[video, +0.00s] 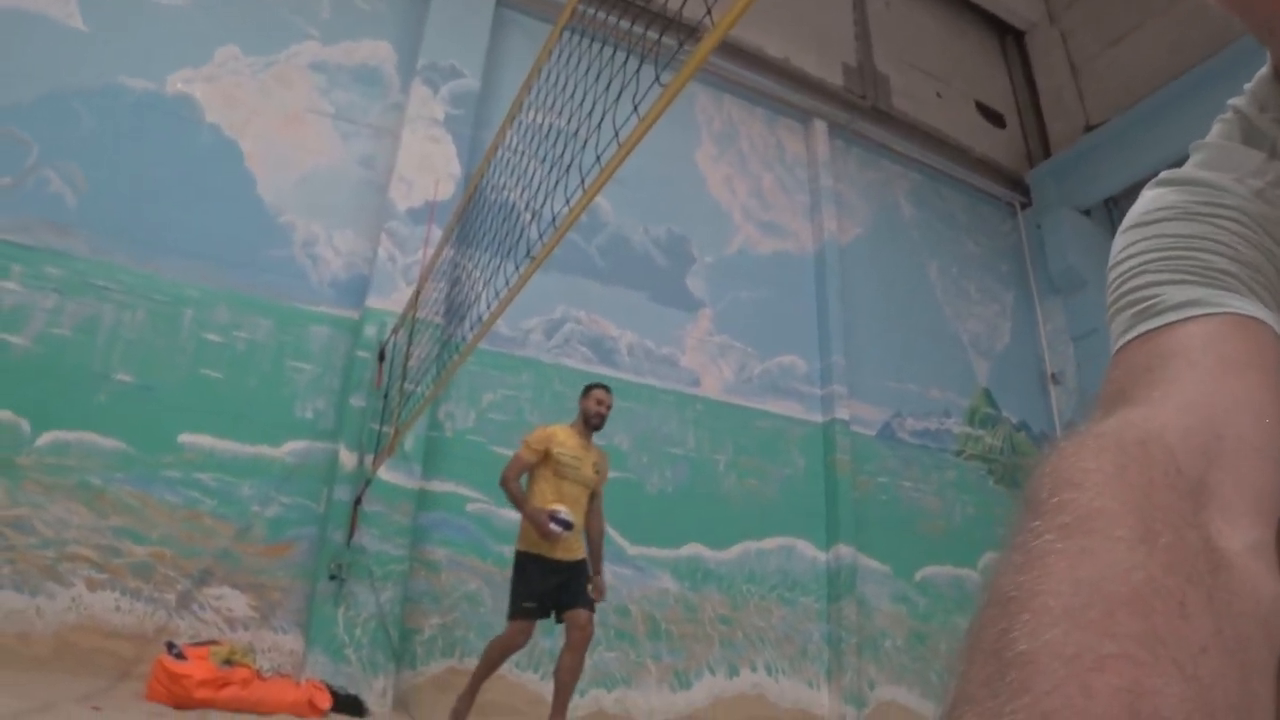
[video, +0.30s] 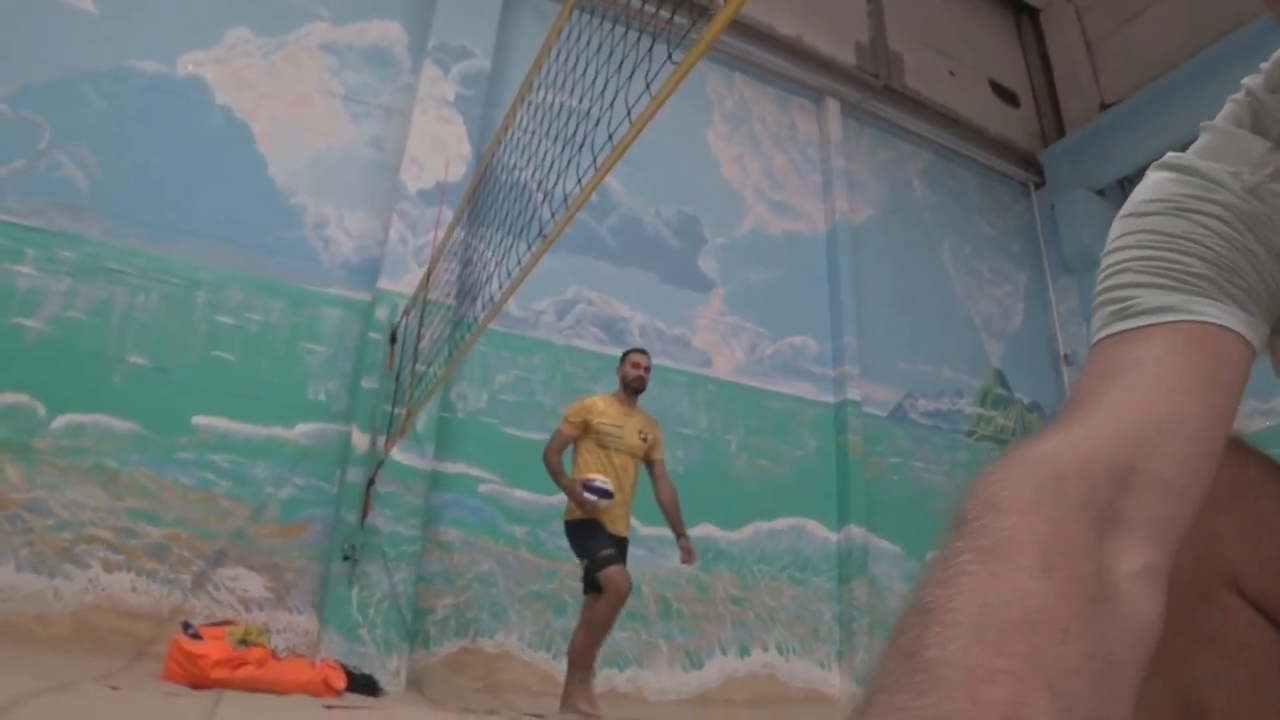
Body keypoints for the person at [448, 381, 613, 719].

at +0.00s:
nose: (602, 411)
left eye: (607, 407)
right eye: (597, 403)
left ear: (609, 415)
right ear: (581, 403)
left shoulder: (599, 459)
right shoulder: (548, 437)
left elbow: (595, 516)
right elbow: (509, 478)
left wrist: (597, 572)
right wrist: (531, 513)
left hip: (573, 560)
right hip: (534, 554)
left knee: (582, 630)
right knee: (518, 634)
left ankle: (558, 714)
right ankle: (467, 697)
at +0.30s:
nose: (641, 373)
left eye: (646, 369)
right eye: (635, 366)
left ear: (649, 378)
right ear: (619, 370)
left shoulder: (648, 426)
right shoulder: (590, 408)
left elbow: (662, 483)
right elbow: (550, 453)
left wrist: (681, 534)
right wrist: (567, 485)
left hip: (618, 527)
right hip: (585, 518)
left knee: (593, 613)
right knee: (618, 586)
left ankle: (573, 698)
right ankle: (580, 688)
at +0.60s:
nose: (673, 343)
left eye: (677, 338)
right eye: (665, 336)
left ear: (682, 346)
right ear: (649, 342)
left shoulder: (688, 394)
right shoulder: (625, 388)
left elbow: (699, 453)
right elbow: (593, 443)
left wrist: (713, 507)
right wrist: (620, 475)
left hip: (665, 508)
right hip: (632, 504)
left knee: (644, 600)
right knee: (657, 590)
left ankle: (591, 674)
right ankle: (645, 697)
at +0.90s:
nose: (711, 309)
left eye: (716, 304)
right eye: (704, 302)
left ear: (721, 312)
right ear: (686, 308)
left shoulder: (724, 366)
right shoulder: (664, 356)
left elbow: (715, 421)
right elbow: (632, 411)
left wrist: (718, 463)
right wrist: (672, 439)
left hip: (717, 488)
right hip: (675, 488)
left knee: (756, 561)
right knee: (668, 580)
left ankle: (690, 634)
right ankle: (649, 679)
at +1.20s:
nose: (769, 291)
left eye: (775, 286)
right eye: (762, 283)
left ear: (780, 298)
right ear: (743, 290)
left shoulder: (777, 355)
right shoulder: (717, 337)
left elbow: (759, 408)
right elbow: (679, 392)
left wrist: (764, 449)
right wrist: (721, 423)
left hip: (770, 478)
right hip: (721, 477)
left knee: (790, 564)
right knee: (702, 570)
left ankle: (775, 681)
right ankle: (658, 656)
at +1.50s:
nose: (817, 264)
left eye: (822, 259)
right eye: (809, 256)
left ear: (826, 270)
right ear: (788, 262)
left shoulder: (830, 331)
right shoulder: (758, 312)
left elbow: (853, 397)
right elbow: (718, 373)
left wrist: (878, 460)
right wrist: (753, 398)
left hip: (809, 454)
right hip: (766, 446)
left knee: (798, 557)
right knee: (802, 526)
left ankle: (776, 666)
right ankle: (759, 637)